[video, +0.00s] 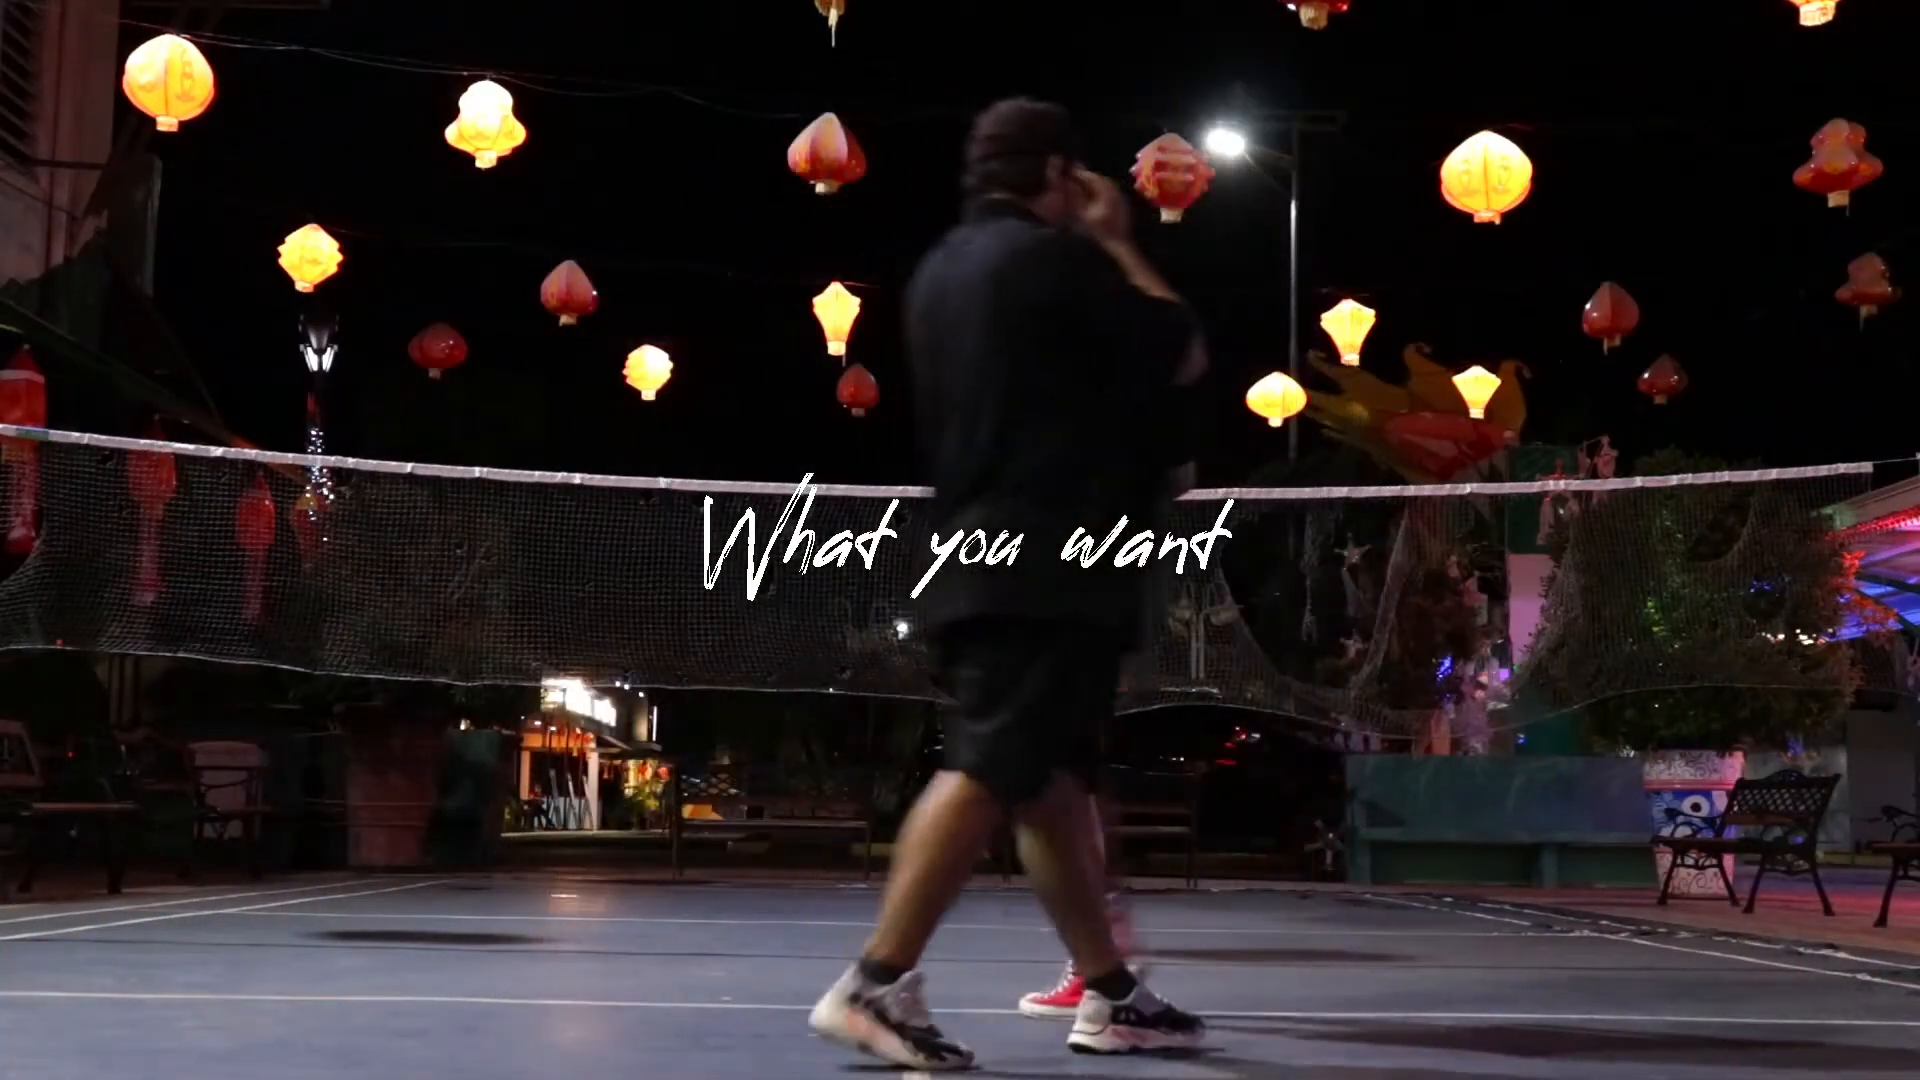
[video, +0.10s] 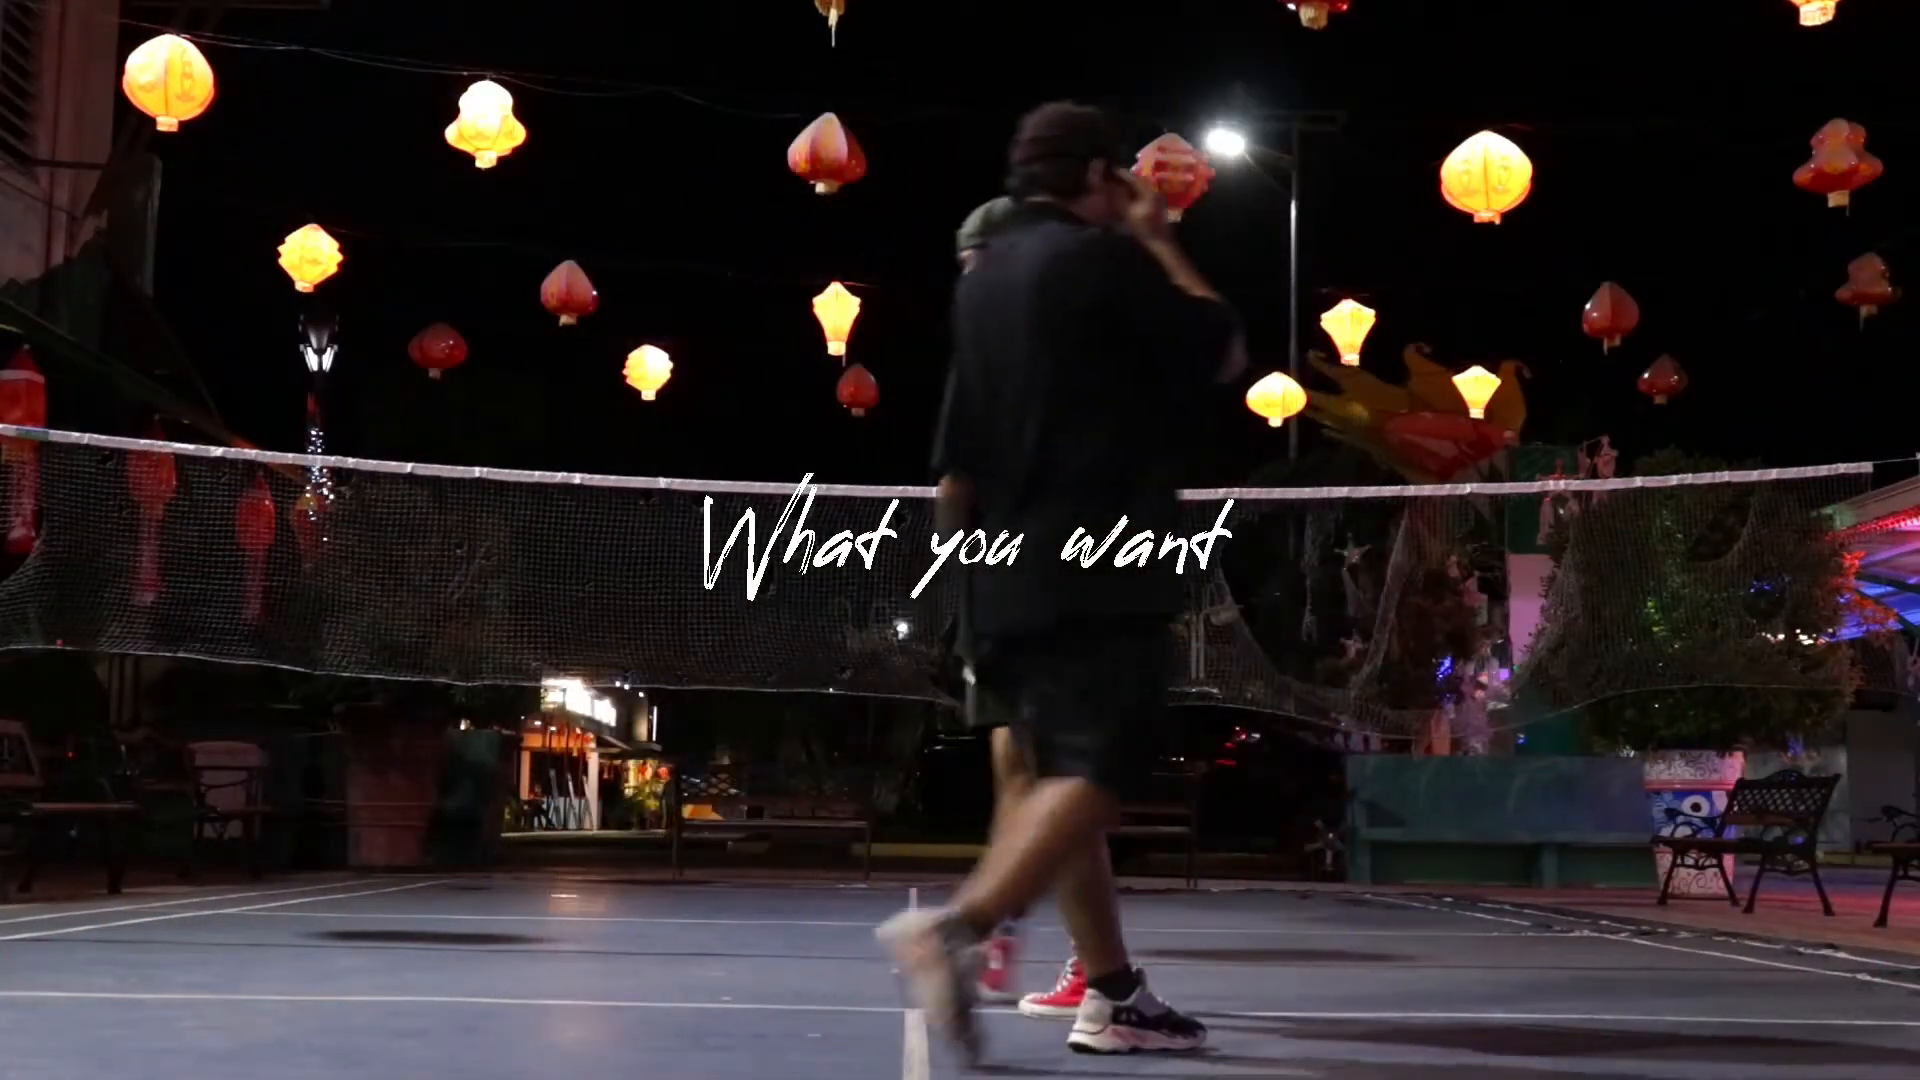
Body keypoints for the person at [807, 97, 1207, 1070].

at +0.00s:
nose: (1087, 194)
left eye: (1086, 181)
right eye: (1083, 180)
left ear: (978, 179)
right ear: (1056, 179)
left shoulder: (937, 275)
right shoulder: (1061, 264)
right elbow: (1183, 357)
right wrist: (1121, 244)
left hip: (970, 558)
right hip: (1060, 562)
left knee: (1045, 784)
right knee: (984, 767)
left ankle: (1111, 995)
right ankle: (876, 984)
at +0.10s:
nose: (1129, 192)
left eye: (1126, 177)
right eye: (1124, 179)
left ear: (1024, 180)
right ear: (1096, 181)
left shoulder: (985, 274)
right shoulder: (1101, 264)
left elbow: (961, 439)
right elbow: (1220, 345)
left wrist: (963, 548)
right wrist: (1157, 240)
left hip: (1006, 556)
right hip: (1101, 554)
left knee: (1060, 772)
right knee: (1098, 771)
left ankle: (1108, 990)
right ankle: (953, 931)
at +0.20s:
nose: (1154, 190)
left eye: (1148, 176)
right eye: (1147, 176)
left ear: (1053, 185)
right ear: (1121, 184)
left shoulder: (1011, 285)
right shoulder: (1131, 268)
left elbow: (970, 448)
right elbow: (1244, 341)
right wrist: (1187, 241)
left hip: (1038, 563)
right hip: (1140, 556)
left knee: (1084, 769)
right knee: (1180, 756)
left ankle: (1112, 993)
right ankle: (1033, 912)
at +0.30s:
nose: (1205, 194)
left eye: (1201, 178)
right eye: (1198, 178)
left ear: (1100, 188)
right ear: (1170, 188)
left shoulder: (1057, 284)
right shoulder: (1171, 273)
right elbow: (1282, 358)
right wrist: (1233, 249)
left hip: (1089, 565)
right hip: (1191, 564)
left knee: (1112, 764)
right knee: (1248, 748)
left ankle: (1106, 998)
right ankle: (1175, 953)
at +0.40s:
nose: (1226, 198)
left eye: (1221, 182)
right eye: (1220, 183)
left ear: (1128, 191)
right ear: (1199, 194)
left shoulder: (1083, 290)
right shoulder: (1202, 280)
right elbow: (1311, 364)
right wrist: (1266, 255)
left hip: (1115, 571)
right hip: (1224, 569)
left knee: (1127, 769)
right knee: (1272, 766)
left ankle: (1113, 994)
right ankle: (1268, 992)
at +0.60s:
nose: (1318, 225)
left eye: (1313, 209)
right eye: (1309, 211)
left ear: (1219, 211)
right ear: (1282, 217)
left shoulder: (1168, 305)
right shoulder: (1290, 300)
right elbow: (1389, 395)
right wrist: (1350, 289)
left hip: (1189, 590)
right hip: (1294, 596)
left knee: (1175, 775)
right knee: (1324, 803)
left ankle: (1121, 992)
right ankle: (1375, 999)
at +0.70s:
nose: (1369, 226)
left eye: (1365, 213)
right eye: (1363, 213)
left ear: (1265, 217)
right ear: (1339, 221)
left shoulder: (1216, 313)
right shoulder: (1349, 303)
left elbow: (1260, 431)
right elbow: (1445, 405)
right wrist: (1406, 299)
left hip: (1246, 591)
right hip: (1351, 591)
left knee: (1249, 773)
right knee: (1361, 792)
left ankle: (1151, 952)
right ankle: (1378, 1005)